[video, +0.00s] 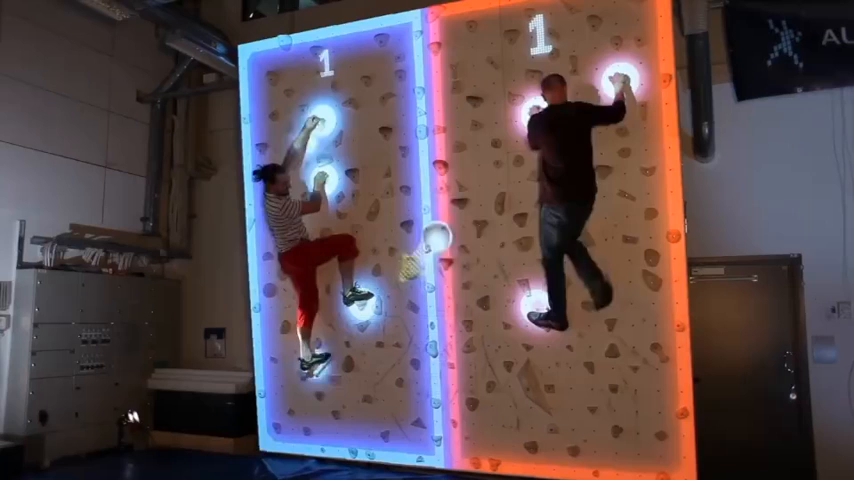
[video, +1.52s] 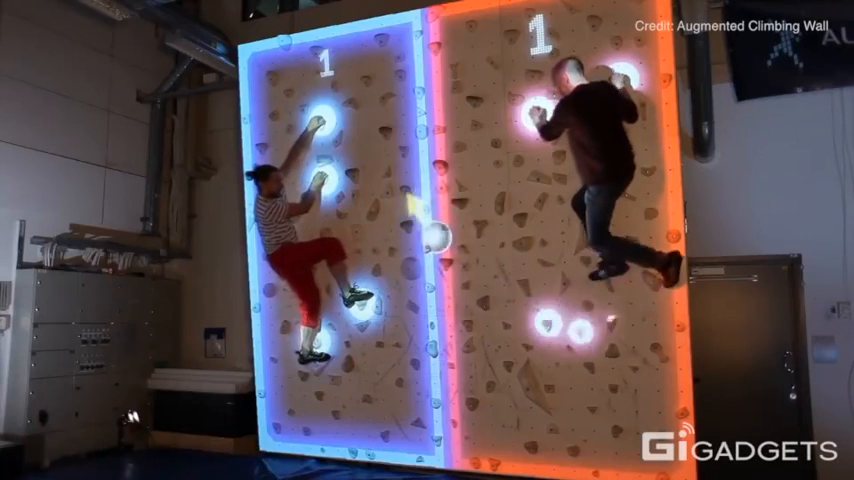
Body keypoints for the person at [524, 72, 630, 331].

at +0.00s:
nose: (560, 94)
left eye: (554, 90)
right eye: (560, 89)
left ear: (544, 94)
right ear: (565, 89)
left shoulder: (539, 121)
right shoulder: (582, 111)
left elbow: (533, 145)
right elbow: (616, 113)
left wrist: (534, 119)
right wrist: (620, 92)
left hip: (556, 199)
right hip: (585, 193)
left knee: (552, 258)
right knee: (570, 242)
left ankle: (557, 315)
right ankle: (600, 289)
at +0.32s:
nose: (559, 95)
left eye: (555, 91)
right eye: (562, 89)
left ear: (550, 95)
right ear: (573, 91)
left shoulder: (550, 121)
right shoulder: (589, 112)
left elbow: (537, 143)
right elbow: (621, 115)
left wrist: (538, 119)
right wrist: (623, 95)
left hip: (568, 199)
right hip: (595, 193)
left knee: (558, 259)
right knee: (552, 209)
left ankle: (558, 315)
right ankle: (595, 247)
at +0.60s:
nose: (552, 101)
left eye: (552, 97)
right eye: (552, 97)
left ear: (558, 96)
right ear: (576, 92)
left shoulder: (558, 125)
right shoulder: (598, 113)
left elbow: (541, 142)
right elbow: (627, 116)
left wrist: (538, 123)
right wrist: (625, 95)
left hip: (579, 203)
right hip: (607, 197)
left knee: (564, 256)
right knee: (565, 218)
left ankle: (558, 315)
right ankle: (606, 262)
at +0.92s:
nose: (558, 103)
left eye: (559, 99)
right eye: (557, 99)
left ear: (568, 97)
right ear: (584, 94)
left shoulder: (566, 126)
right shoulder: (605, 113)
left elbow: (546, 140)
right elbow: (630, 116)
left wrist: (539, 122)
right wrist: (622, 89)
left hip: (589, 203)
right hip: (616, 195)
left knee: (571, 261)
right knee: (567, 211)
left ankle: (558, 315)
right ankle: (609, 259)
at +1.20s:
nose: (556, 97)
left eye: (556, 93)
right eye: (555, 94)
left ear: (565, 85)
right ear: (578, 81)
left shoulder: (567, 114)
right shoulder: (603, 99)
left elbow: (548, 137)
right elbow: (629, 117)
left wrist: (539, 122)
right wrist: (625, 92)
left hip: (596, 188)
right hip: (621, 180)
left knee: (582, 252)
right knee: (576, 207)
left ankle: (585, 317)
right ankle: (611, 261)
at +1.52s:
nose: (556, 88)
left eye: (557, 82)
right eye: (555, 84)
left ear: (565, 78)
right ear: (581, 73)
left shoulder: (569, 104)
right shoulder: (605, 89)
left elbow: (549, 134)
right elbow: (632, 115)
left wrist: (539, 121)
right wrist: (623, 89)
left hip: (602, 178)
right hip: (624, 169)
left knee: (598, 240)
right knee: (579, 203)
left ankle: (663, 262)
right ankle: (613, 262)